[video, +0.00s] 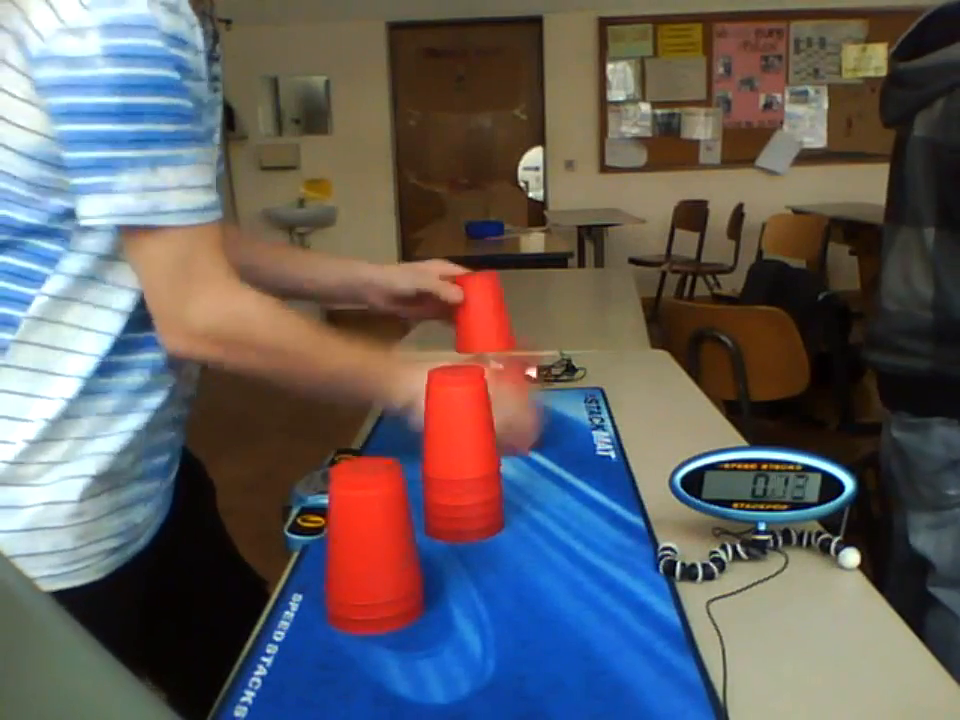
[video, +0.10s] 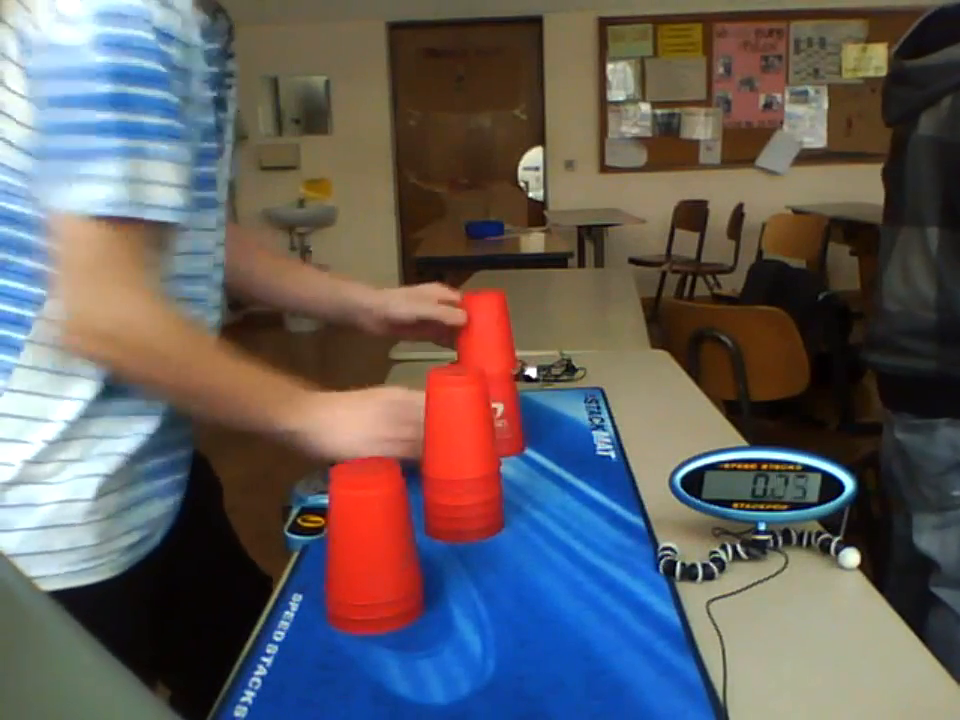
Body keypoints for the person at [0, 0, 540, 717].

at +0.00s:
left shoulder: (160, 22)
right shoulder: (119, 24)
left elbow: (198, 238)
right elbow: (195, 312)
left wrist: (375, 284)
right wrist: (412, 384)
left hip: (143, 480)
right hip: (63, 537)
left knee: (278, 679)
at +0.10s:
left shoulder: (198, 26)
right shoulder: (113, 25)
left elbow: (196, 235)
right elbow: (98, 310)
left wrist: (367, 306)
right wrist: (312, 411)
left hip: (159, 487)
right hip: (62, 536)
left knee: (273, 679)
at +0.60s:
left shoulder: (203, 35)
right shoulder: (50, 16)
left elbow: (197, 291)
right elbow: (10, 315)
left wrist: (332, 424)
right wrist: (213, 471)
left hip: (167, 515)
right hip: (53, 559)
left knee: (281, 693)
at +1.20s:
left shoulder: (192, 47)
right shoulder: (48, 20)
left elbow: (172, 276)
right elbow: (20, 305)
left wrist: (317, 414)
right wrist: (246, 438)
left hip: (144, 500)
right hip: (41, 552)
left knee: (261, 678)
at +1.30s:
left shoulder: (182, 42)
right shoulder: (63, 20)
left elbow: (174, 276)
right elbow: (98, 313)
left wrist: (335, 383)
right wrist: (349, 381)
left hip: (135, 487)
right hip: (41, 535)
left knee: (255, 675)